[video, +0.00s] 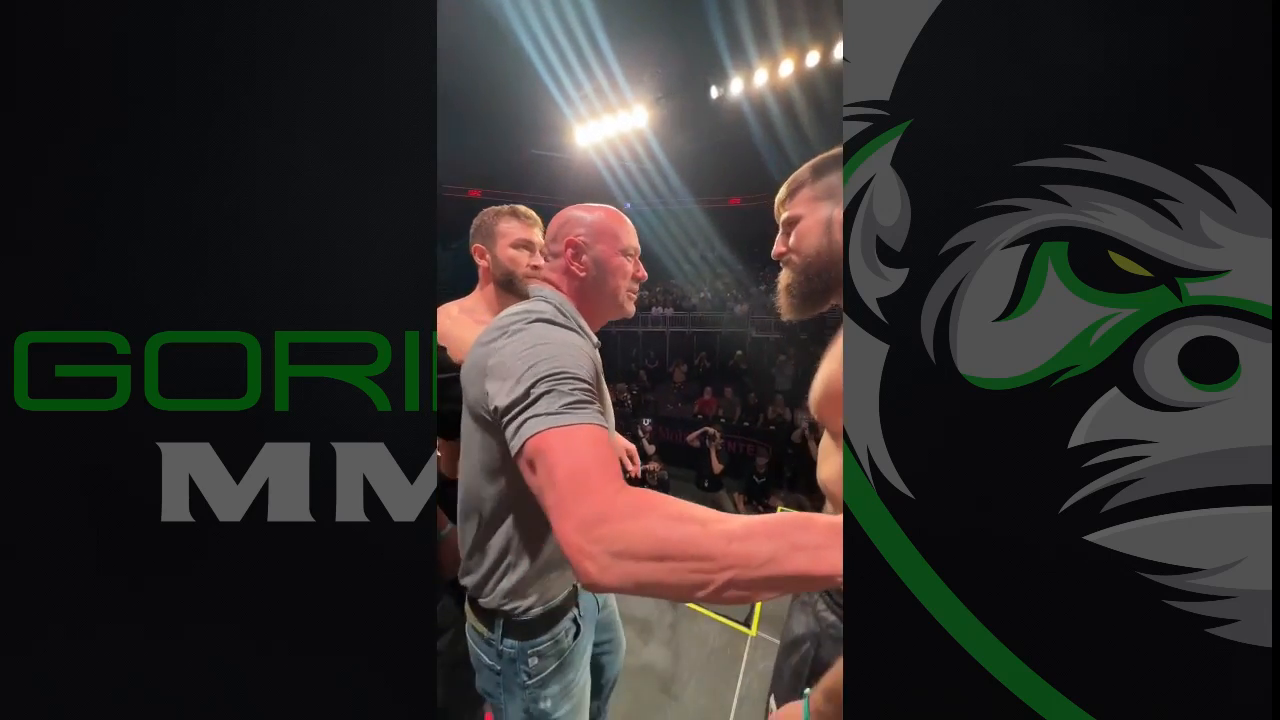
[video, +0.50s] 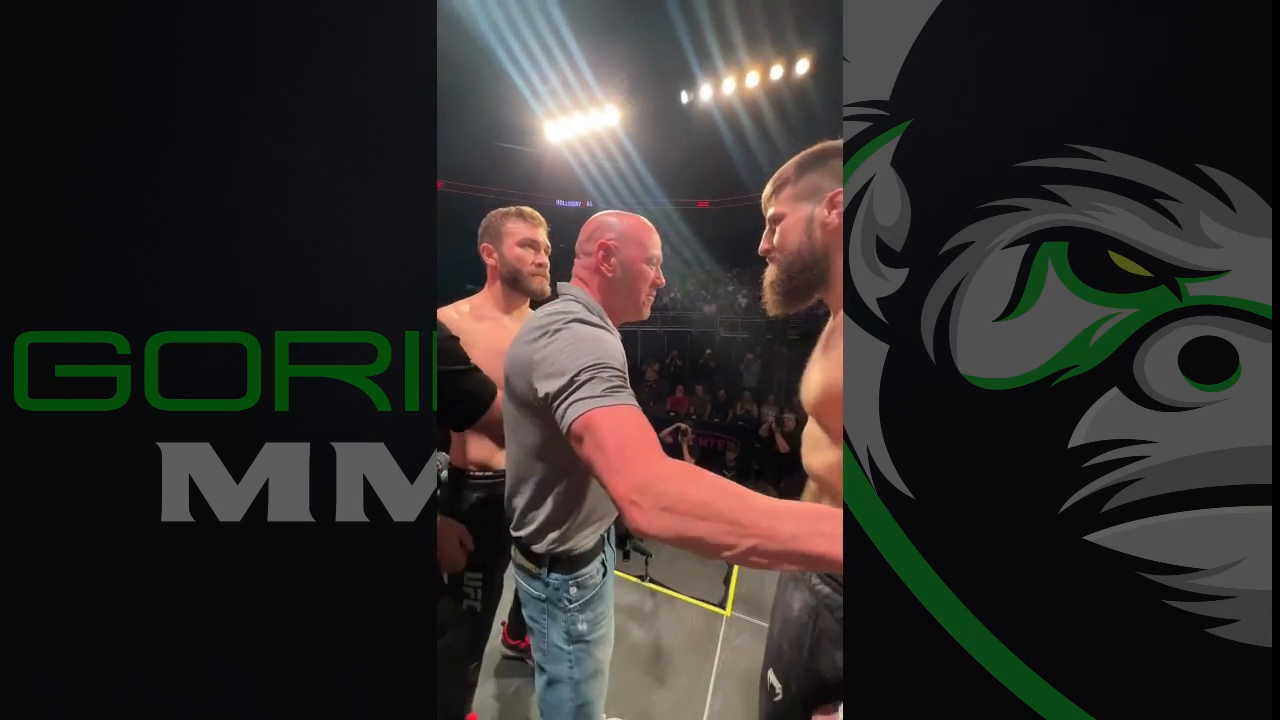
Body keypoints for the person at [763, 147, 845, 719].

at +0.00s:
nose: (777, 249)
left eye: (791, 224)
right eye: (779, 231)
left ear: (852, 217)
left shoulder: (861, 352)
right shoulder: (850, 343)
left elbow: (901, 561)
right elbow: (845, 534)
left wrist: (823, 702)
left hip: (847, 627)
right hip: (823, 604)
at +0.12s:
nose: (771, 250)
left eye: (786, 224)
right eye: (774, 232)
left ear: (844, 217)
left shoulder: (858, 349)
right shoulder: (845, 342)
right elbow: (837, 520)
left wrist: (844, 699)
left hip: (841, 604)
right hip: (821, 593)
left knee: (796, 707)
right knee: (787, 704)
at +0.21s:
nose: (767, 247)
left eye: (781, 223)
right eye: (769, 229)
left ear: (837, 214)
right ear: (832, 218)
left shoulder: (860, 343)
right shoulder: (842, 338)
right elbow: (834, 508)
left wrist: (845, 699)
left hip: (839, 599)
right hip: (818, 589)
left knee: (790, 706)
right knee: (782, 705)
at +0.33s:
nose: (762, 246)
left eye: (775, 222)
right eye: (765, 228)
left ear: (832, 211)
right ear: (829, 215)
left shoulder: (855, 339)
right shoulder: (837, 335)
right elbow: (829, 504)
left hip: (837, 596)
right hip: (817, 587)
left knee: (798, 705)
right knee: (781, 703)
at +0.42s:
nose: (762, 245)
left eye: (775, 221)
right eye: (764, 227)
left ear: (831, 211)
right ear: (828, 214)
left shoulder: (855, 339)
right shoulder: (834, 335)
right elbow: (829, 500)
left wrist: (844, 697)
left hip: (837, 594)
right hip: (814, 584)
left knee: (800, 706)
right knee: (783, 705)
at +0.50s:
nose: (764, 245)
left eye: (776, 221)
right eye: (766, 227)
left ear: (832, 211)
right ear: (829, 214)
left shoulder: (858, 333)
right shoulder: (835, 330)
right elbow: (829, 482)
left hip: (836, 589)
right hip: (812, 579)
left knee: (800, 706)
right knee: (783, 704)